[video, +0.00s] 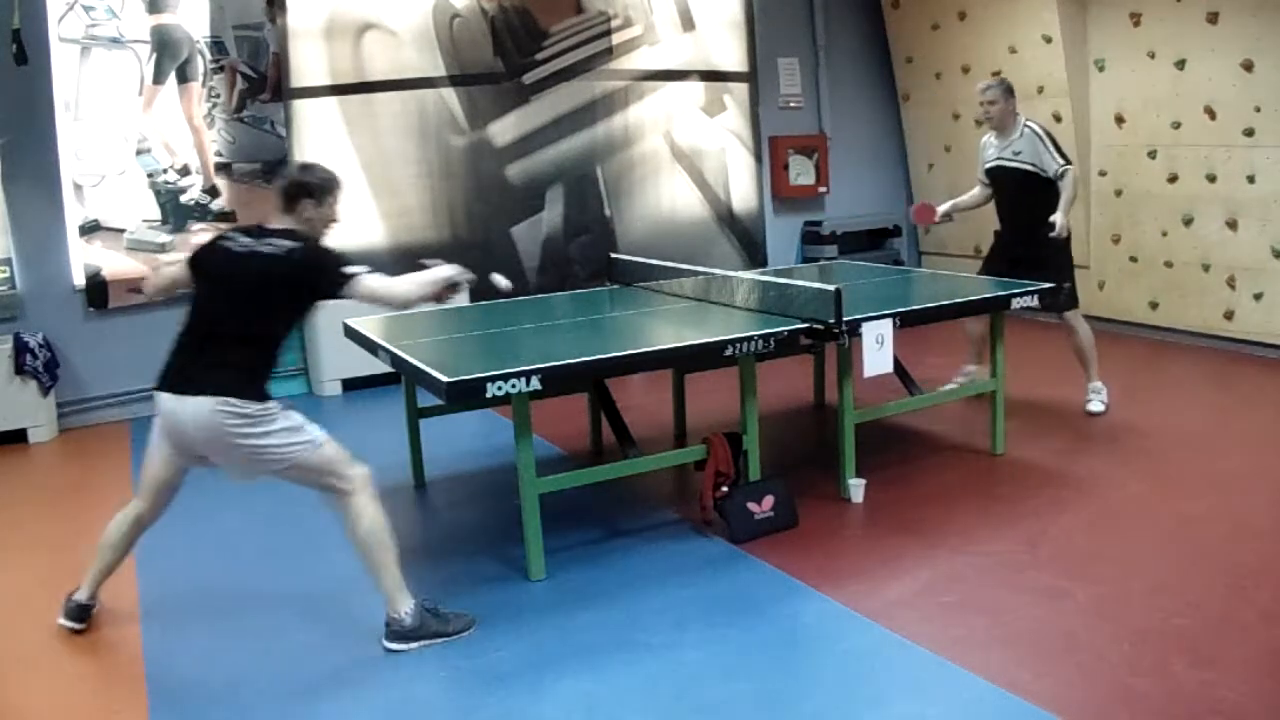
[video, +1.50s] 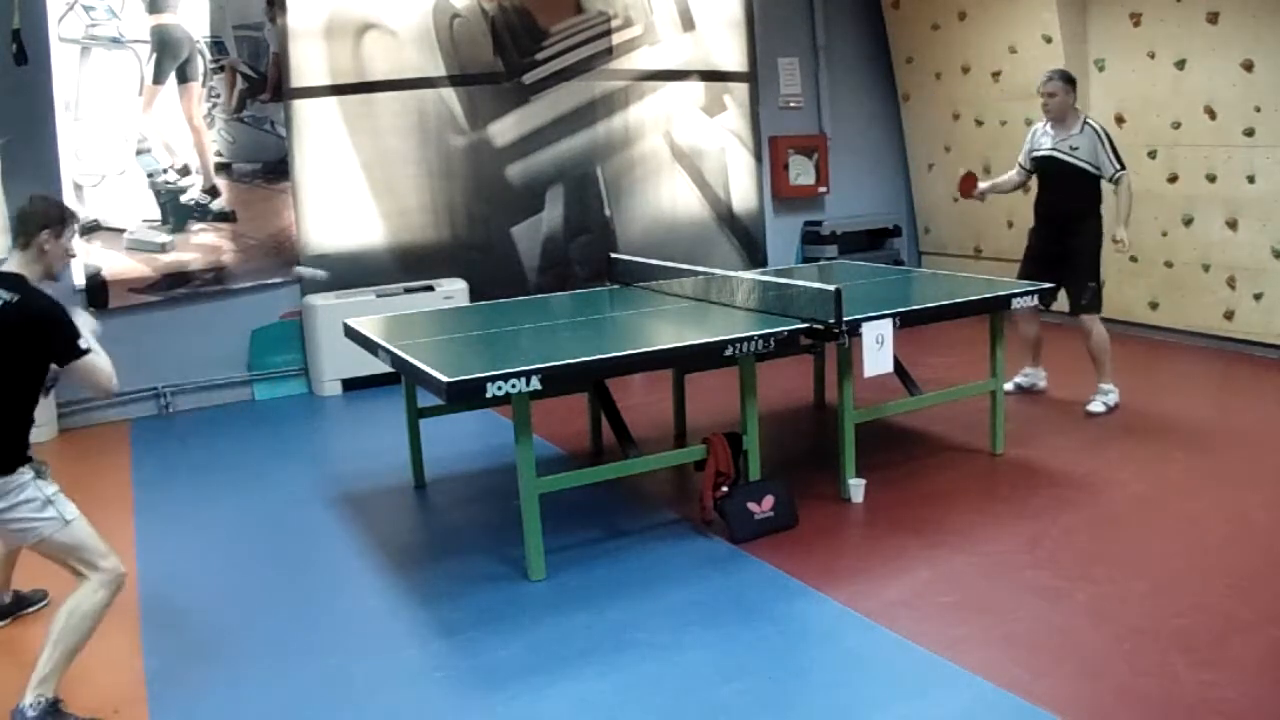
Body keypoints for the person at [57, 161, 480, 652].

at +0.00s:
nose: (335, 219)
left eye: (335, 210)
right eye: (330, 210)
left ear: (286, 203)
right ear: (307, 207)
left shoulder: (221, 248)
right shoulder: (309, 259)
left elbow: (153, 284)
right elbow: (396, 293)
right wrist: (441, 274)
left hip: (173, 400)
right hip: (232, 408)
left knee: (142, 506)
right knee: (352, 480)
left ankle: (81, 599)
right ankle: (404, 614)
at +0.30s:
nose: (366, 168)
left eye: (366, 158)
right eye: (363, 158)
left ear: (313, 156)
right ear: (342, 159)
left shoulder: (254, 194)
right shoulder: (349, 222)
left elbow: (180, 248)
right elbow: (438, 277)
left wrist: (146, 284)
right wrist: (495, 297)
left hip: (196, 359)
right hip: (261, 371)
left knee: (179, 480)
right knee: (360, 477)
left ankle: (131, 591)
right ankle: (407, 614)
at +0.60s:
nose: (274, 183)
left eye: (274, 173)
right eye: (269, 173)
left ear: (216, 173)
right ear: (241, 174)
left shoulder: (166, 225)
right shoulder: (239, 233)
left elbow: (121, 307)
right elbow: (301, 306)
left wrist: (105, 373)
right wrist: (358, 324)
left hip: (133, 385)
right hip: (193, 385)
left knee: (164, 486)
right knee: (293, 491)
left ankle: (155, 613)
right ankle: (376, 614)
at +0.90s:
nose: (191, 211)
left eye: (191, 201)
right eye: (186, 201)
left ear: (147, 202)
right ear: (160, 202)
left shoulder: (96, 244)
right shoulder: (143, 262)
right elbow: (190, 347)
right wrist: (249, 376)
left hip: (28, 398)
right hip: (76, 409)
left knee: (67, 487)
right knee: (188, 491)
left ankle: (28, 587)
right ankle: (200, 630)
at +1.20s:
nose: (129, 225)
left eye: (128, 214)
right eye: (123, 215)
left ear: (83, 216)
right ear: (96, 217)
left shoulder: (40, 257)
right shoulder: (77, 281)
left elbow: (19, 348)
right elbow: (95, 381)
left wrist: (60, 409)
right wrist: (159, 431)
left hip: (17, 419)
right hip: (6, 427)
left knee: (33, 529)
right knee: (63, 551)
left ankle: (20, 596)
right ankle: (1, 679)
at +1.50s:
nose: (70, 252)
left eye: (71, 242)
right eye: (68, 242)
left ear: (27, 239)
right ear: (46, 241)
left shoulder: (1, 285)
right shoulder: (37, 308)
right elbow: (105, 381)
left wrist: (63, 334)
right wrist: (83, 325)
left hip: (5, 469)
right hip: (9, 476)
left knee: (28, 497)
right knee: (105, 573)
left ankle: (1, 595)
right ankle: (37, 701)